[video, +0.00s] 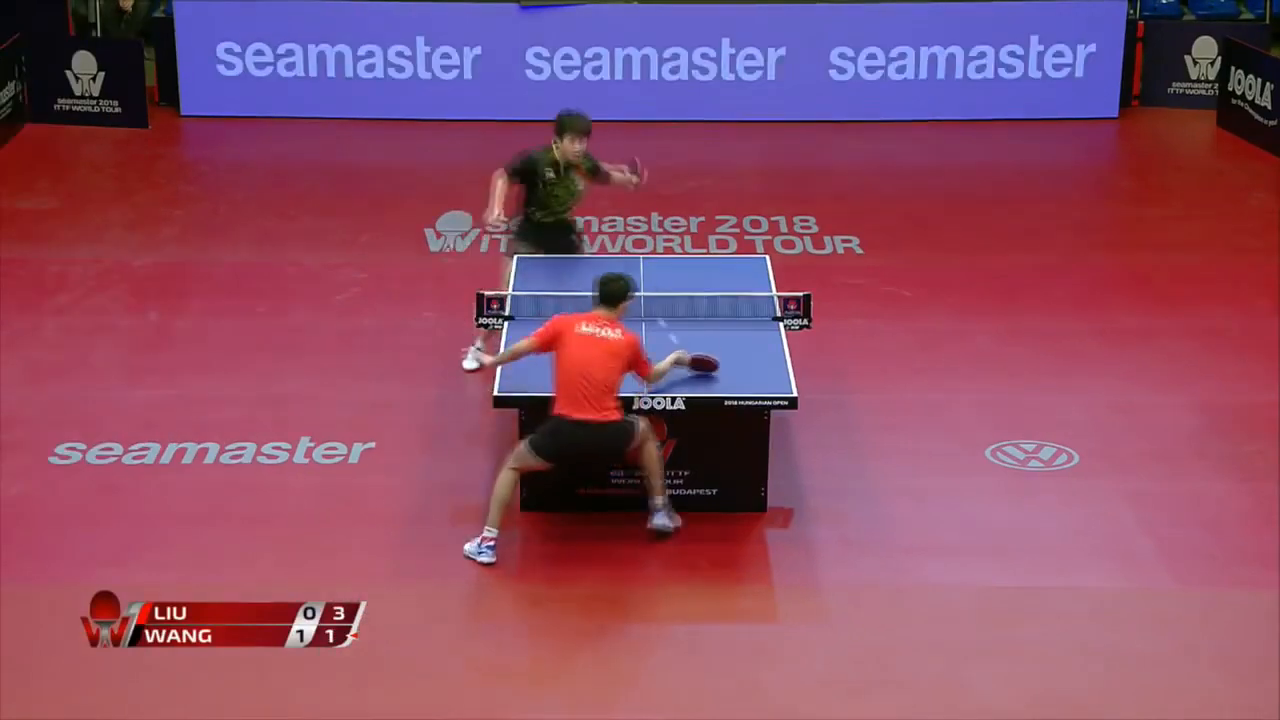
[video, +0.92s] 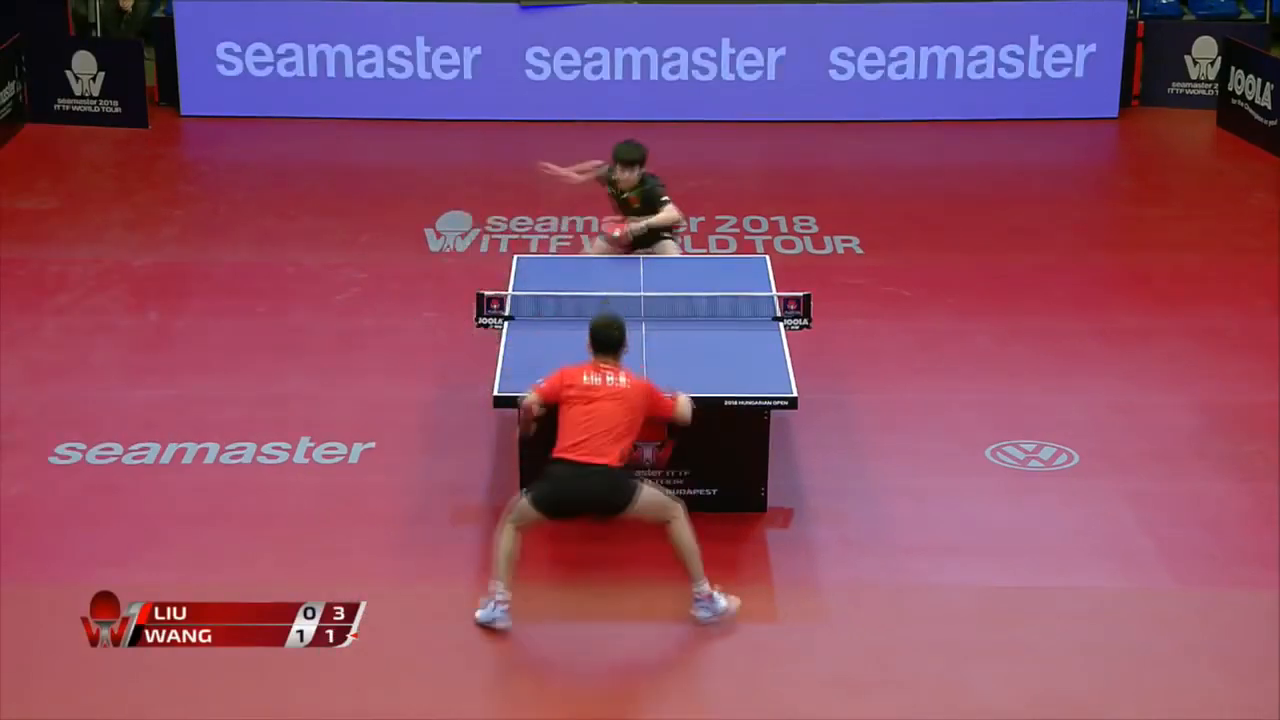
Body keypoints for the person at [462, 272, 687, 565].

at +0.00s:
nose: (628, 306)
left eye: (627, 300)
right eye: (628, 301)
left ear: (596, 298)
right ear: (623, 303)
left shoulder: (564, 324)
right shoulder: (628, 340)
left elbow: (521, 349)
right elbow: (652, 377)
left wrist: (491, 360)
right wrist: (674, 359)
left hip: (564, 429)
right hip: (609, 432)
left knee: (512, 465)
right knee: (645, 432)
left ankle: (486, 542)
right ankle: (660, 512)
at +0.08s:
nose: (646, 306)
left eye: (645, 299)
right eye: (646, 300)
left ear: (615, 294)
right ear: (638, 301)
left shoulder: (584, 320)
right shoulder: (644, 335)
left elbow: (547, 348)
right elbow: (659, 367)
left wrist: (506, 360)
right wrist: (676, 349)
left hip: (582, 423)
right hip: (626, 425)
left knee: (525, 469)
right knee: (656, 441)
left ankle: (485, 540)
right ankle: (679, 505)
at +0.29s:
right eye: (663, 303)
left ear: (632, 303)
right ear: (662, 309)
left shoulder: (622, 326)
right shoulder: (667, 340)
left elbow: (602, 344)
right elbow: (663, 370)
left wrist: (556, 358)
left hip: (629, 427)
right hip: (667, 428)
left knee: (562, 470)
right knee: (674, 452)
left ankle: (535, 550)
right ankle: (698, 513)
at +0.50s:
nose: (610, 306)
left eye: (612, 302)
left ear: (614, 306)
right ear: (645, 308)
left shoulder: (607, 335)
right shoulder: (665, 341)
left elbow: (610, 370)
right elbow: (690, 382)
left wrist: (573, 408)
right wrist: (658, 368)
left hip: (625, 434)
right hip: (668, 432)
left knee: (564, 488)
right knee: (684, 466)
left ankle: (538, 564)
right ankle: (720, 538)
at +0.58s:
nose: (604, 326)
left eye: (604, 321)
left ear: (604, 324)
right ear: (634, 324)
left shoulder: (598, 357)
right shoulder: (661, 359)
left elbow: (595, 396)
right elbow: (693, 400)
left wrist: (553, 429)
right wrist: (683, 389)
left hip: (618, 456)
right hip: (663, 455)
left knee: (557, 504)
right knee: (684, 480)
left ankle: (533, 583)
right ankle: (722, 543)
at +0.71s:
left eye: (594, 327)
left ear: (592, 332)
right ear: (626, 332)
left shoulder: (576, 364)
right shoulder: (645, 369)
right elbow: (685, 408)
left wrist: (530, 403)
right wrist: (655, 397)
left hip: (592, 464)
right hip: (641, 463)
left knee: (532, 498)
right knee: (683, 495)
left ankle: (526, 583)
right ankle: (723, 548)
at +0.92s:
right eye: (619, 340)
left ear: (590, 344)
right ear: (623, 346)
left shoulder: (567, 377)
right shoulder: (639, 387)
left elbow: (528, 403)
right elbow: (682, 415)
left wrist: (527, 425)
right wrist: (680, 397)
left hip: (562, 480)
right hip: (610, 482)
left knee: (512, 523)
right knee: (674, 511)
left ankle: (498, 602)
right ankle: (704, 596)